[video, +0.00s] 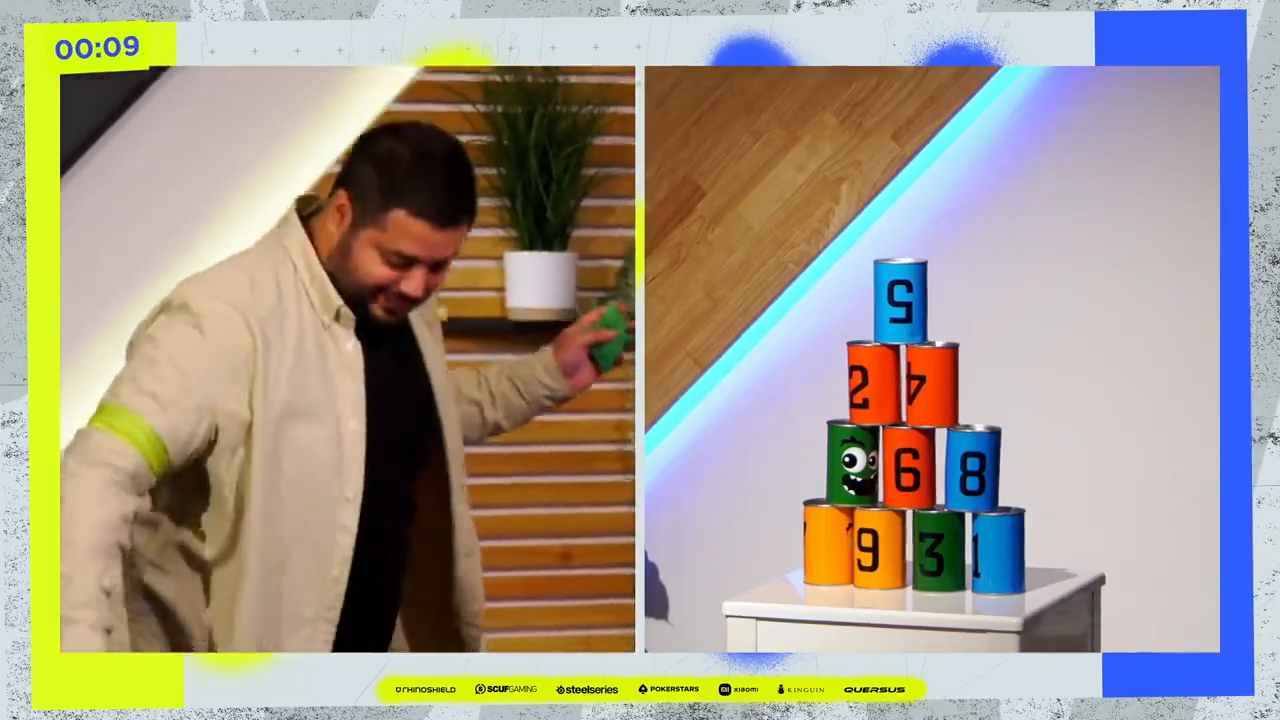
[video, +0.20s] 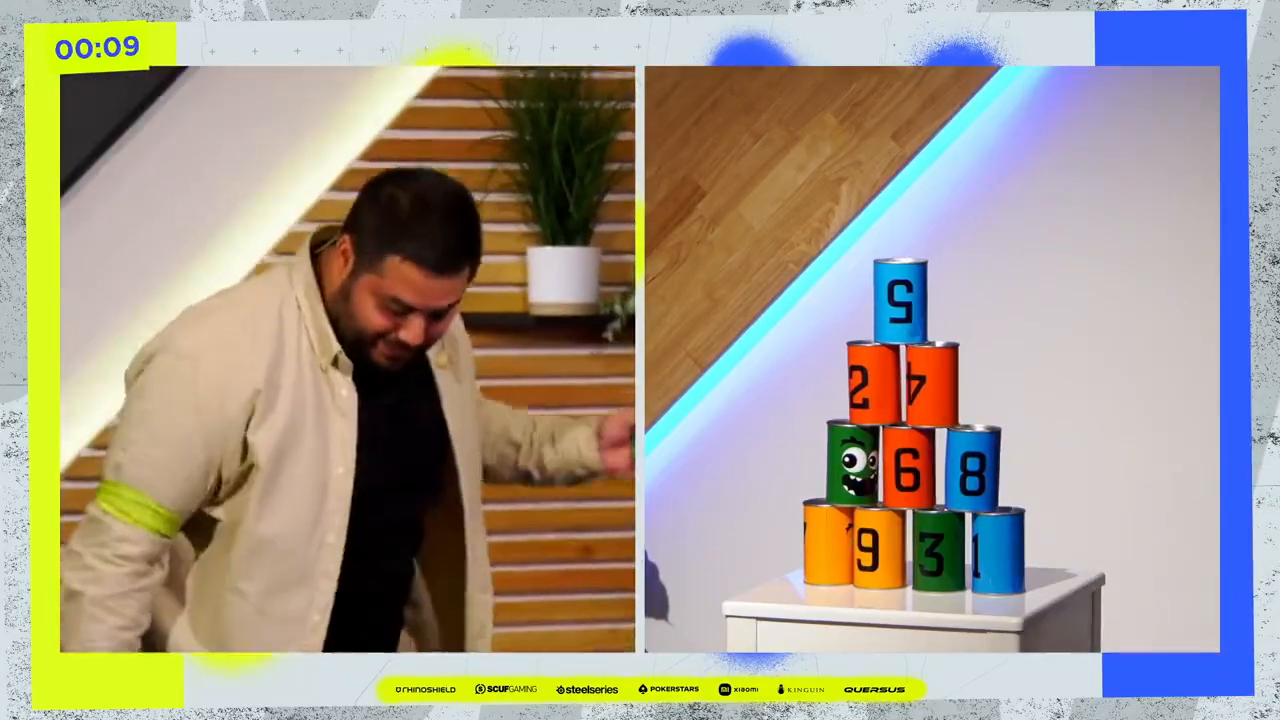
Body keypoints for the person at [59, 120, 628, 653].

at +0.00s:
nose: (417, 289)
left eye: (438, 267)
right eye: (399, 260)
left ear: (457, 245)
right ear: (340, 210)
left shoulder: (405, 307)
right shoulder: (226, 314)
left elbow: (419, 424)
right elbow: (98, 475)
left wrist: (551, 374)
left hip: (372, 663)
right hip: (239, 673)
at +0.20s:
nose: (414, 336)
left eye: (439, 314)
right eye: (394, 308)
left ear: (461, 291)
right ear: (343, 259)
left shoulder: (440, 336)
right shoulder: (217, 353)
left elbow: (457, 431)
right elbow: (114, 550)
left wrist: (585, 445)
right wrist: (81, 700)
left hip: (379, 674)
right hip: (234, 684)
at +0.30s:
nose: (397, 365)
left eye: (423, 344)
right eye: (378, 335)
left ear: (448, 315)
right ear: (331, 284)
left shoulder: (447, 351)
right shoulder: (208, 371)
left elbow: (480, 458)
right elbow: (128, 572)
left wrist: (575, 527)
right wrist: (116, 704)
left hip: (375, 682)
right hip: (226, 687)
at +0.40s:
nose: (383, 412)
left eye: (410, 392)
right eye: (364, 382)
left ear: (441, 362)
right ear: (320, 329)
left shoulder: (445, 383)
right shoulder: (215, 422)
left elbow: (482, 496)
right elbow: (148, 636)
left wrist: (551, 591)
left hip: (336, 673)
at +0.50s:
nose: (370, 498)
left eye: (399, 479)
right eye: (351, 467)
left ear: (437, 443)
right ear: (314, 410)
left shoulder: (443, 433)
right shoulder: (212, 503)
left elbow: (475, 527)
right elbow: (169, 689)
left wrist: (522, 639)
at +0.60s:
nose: (350, 608)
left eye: (377, 588)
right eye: (333, 577)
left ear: (420, 548)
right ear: (295, 515)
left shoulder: (454, 491)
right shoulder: (207, 549)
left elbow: (500, 647)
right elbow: (210, 704)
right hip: (104, 634)